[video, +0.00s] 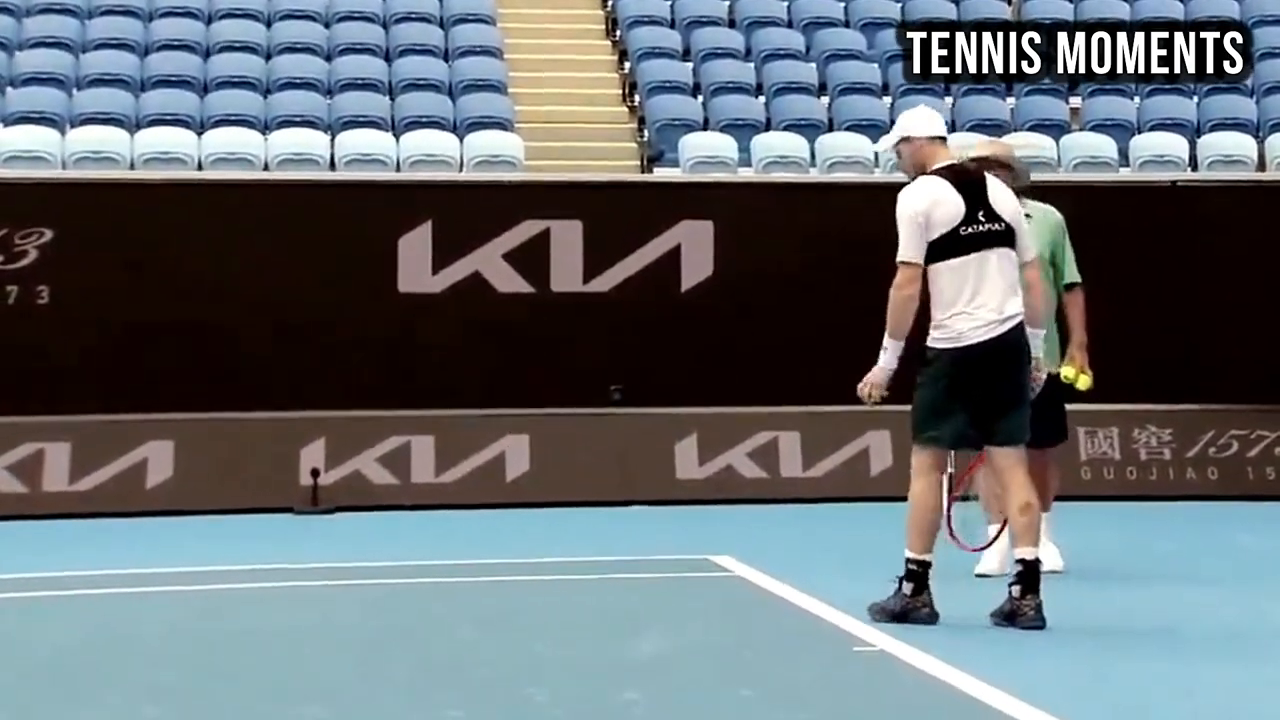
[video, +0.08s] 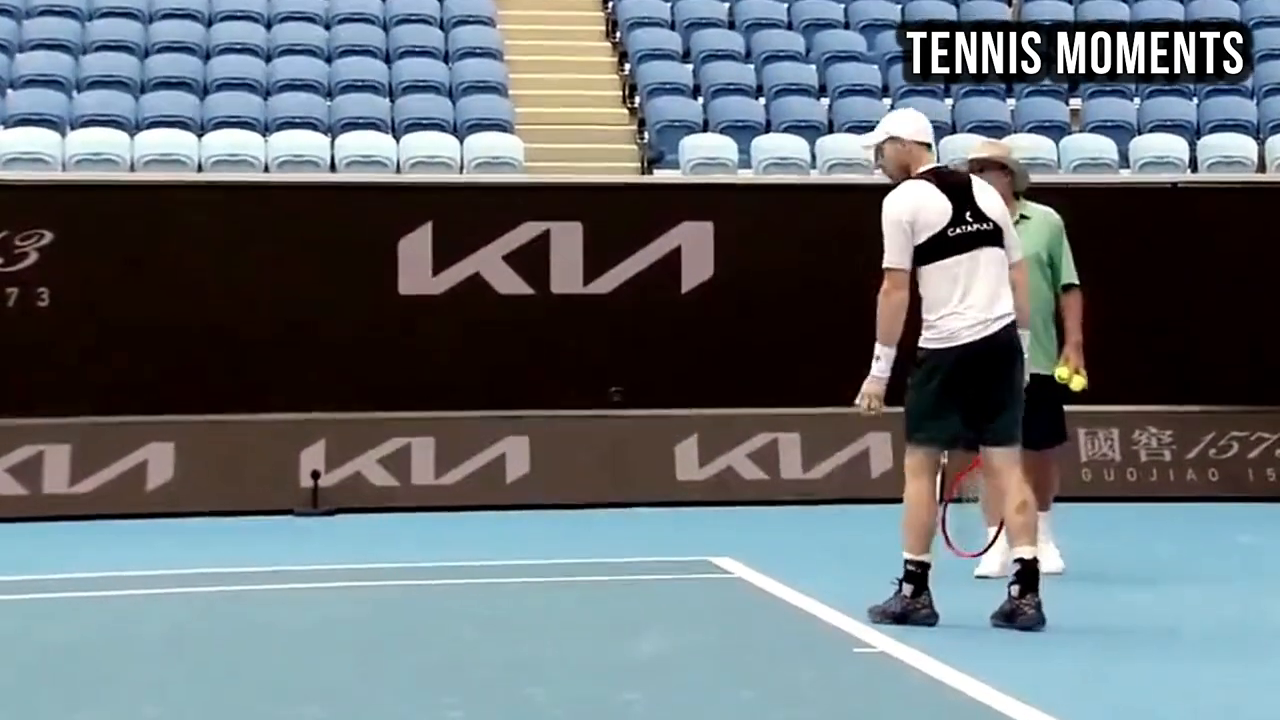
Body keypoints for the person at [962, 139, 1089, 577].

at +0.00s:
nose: (990, 178)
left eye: (998, 169)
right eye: (982, 169)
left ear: (1015, 174)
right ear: (972, 174)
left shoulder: (1046, 219)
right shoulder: (963, 221)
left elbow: (1071, 286)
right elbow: (945, 288)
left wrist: (1077, 344)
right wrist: (949, 341)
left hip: (1039, 352)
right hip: (983, 351)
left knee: (1041, 446)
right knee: (985, 450)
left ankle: (1041, 531)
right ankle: (998, 534)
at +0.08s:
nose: (983, 179)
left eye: (991, 171)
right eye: (976, 172)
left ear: (1012, 177)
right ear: (970, 177)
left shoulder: (1045, 222)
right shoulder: (966, 223)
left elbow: (1069, 287)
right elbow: (953, 290)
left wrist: (1073, 345)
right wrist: (958, 344)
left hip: (1037, 359)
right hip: (986, 357)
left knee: (1040, 449)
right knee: (989, 453)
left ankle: (1041, 531)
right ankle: (997, 538)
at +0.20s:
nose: (975, 182)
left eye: (984, 174)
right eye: (971, 175)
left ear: (1008, 179)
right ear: (969, 183)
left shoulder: (1044, 225)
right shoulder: (965, 228)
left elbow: (1066, 291)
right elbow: (953, 294)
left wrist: (1068, 348)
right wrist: (958, 351)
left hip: (1035, 363)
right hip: (984, 363)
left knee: (1037, 453)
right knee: (987, 455)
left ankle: (1040, 534)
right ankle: (997, 542)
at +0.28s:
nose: (974, 179)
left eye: (984, 171)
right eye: (971, 172)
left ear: (1009, 177)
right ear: (969, 181)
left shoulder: (1044, 223)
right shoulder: (963, 228)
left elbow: (1066, 289)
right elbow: (952, 293)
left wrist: (1066, 346)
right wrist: (956, 348)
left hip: (1033, 361)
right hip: (981, 361)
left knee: (1036, 450)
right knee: (984, 452)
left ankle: (1041, 533)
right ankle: (998, 540)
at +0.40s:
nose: (978, 180)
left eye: (988, 172)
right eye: (975, 173)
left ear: (1012, 179)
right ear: (973, 182)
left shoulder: (1046, 225)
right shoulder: (962, 229)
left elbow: (1066, 291)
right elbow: (953, 294)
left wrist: (1066, 347)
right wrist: (957, 349)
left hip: (1035, 363)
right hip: (982, 362)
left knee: (1039, 451)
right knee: (984, 453)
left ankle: (1050, 529)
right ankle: (999, 541)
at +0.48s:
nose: (980, 180)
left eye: (989, 173)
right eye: (977, 174)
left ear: (1014, 179)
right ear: (976, 182)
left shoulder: (1048, 226)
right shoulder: (963, 230)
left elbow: (1068, 292)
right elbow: (952, 294)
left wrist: (1066, 348)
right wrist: (954, 350)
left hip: (1035, 365)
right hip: (981, 363)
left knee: (1041, 453)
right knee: (983, 454)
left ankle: (1056, 532)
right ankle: (1000, 543)